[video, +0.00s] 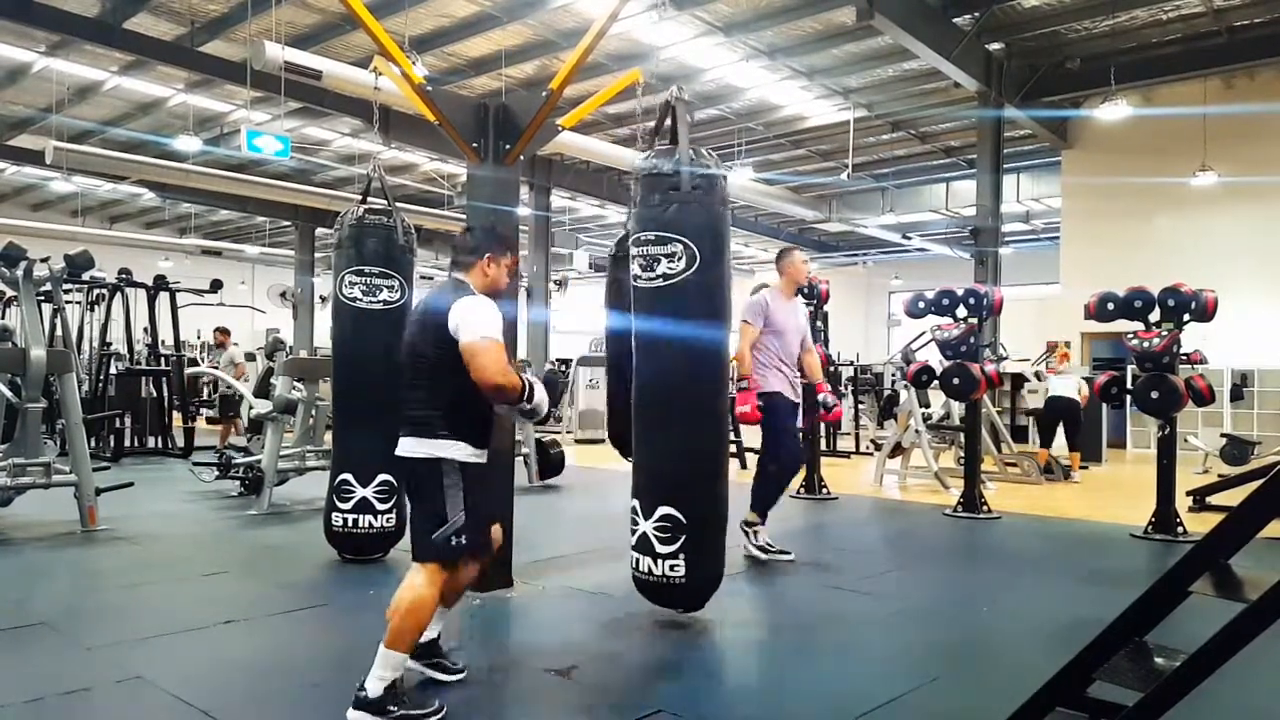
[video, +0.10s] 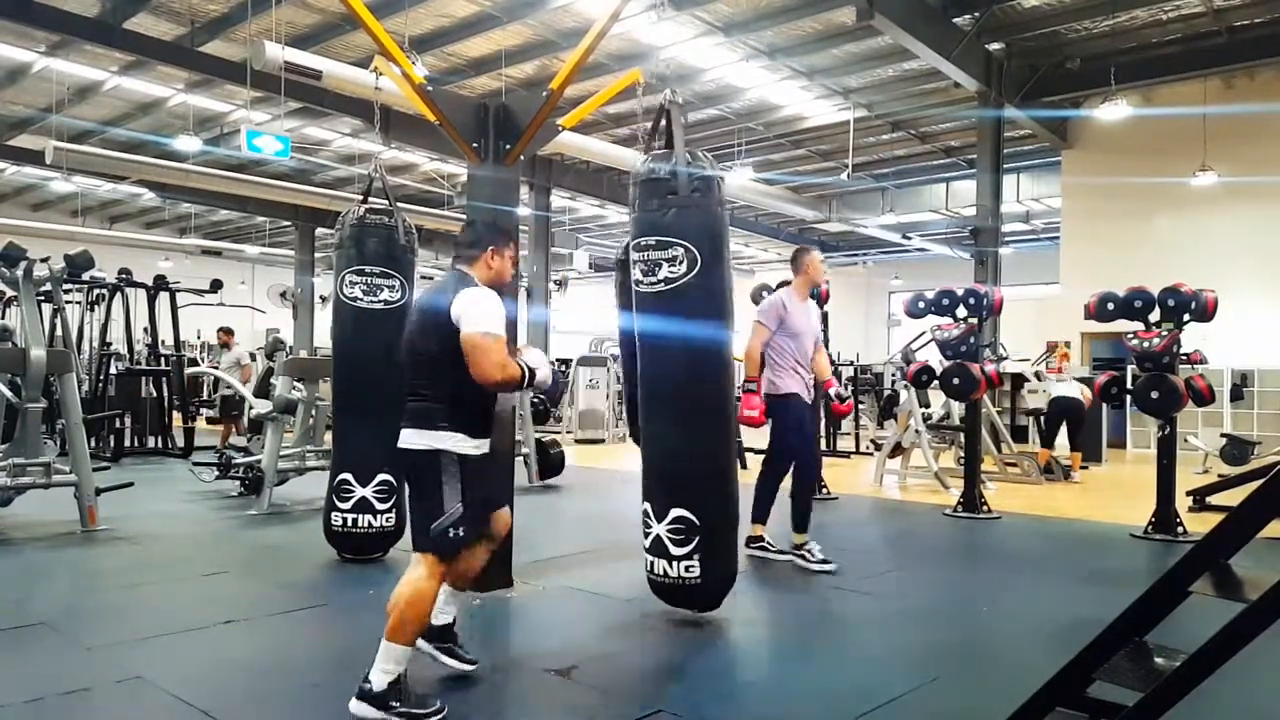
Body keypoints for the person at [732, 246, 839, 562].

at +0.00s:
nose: (809, 269)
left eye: (808, 264)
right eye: (804, 263)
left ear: (792, 270)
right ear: (785, 268)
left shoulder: (800, 308)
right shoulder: (761, 300)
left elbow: (808, 353)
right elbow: (744, 344)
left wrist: (822, 388)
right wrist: (745, 388)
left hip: (791, 390)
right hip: (768, 388)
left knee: (773, 458)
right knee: (791, 457)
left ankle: (757, 534)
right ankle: (752, 521)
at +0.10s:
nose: (825, 270)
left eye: (824, 264)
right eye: (821, 263)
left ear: (808, 268)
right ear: (806, 267)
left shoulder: (813, 308)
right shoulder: (778, 301)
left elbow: (817, 354)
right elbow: (753, 346)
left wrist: (834, 389)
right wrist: (751, 392)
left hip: (803, 394)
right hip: (783, 393)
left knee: (777, 462)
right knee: (806, 465)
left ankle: (757, 535)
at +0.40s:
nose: (879, 270)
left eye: (878, 265)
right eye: (877, 265)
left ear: (858, 267)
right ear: (865, 268)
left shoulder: (857, 304)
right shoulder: (835, 303)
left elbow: (856, 360)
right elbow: (822, 353)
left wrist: (867, 400)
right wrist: (825, 397)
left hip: (856, 398)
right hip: (843, 399)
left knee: (847, 471)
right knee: (855, 473)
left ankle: (790, 516)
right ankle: (861, 551)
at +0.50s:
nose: (893, 271)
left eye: (892, 265)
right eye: (891, 265)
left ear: (871, 265)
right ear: (881, 266)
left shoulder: (868, 302)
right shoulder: (855, 301)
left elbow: (865, 352)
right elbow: (854, 354)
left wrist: (879, 384)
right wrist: (869, 392)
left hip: (868, 397)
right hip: (852, 399)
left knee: (884, 468)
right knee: (860, 476)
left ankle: (824, 508)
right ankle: (862, 550)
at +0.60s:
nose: (909, 267)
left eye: (908, 261)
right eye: (909, 262)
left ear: (884, 262)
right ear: (902, 263)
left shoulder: (885, 297)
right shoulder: (876, 296)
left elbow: (890, 349)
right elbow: (889, 346)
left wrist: (913, 375)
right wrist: (916, 380)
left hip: (886, 397)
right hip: (876, 399)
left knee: (918, 464)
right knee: (870, 474)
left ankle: (870, 518)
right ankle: (863, 550)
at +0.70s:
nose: (927, 269)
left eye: (926, 263)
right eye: (926, 263)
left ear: (899, 261)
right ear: (920, 263)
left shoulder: (900, 296)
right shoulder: (896, 295)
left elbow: (913, 349)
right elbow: (913, 347)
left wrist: (946, 367)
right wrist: (949, 370)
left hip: (905, 400)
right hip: (891, 401)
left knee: (934, 467)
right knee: (880, 475)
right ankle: (863, 551)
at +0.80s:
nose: (946, 270)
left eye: (944, 265)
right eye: (945, 265)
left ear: (917, 264)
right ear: (938, 265)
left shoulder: (911, 297)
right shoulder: (917, 296)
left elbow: (917, 357)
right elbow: (931, 348)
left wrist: (940, 399)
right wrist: (973, 369)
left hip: (915, 405)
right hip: (910, 405)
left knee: (939, 482)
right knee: (887, 479)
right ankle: (864, 550)